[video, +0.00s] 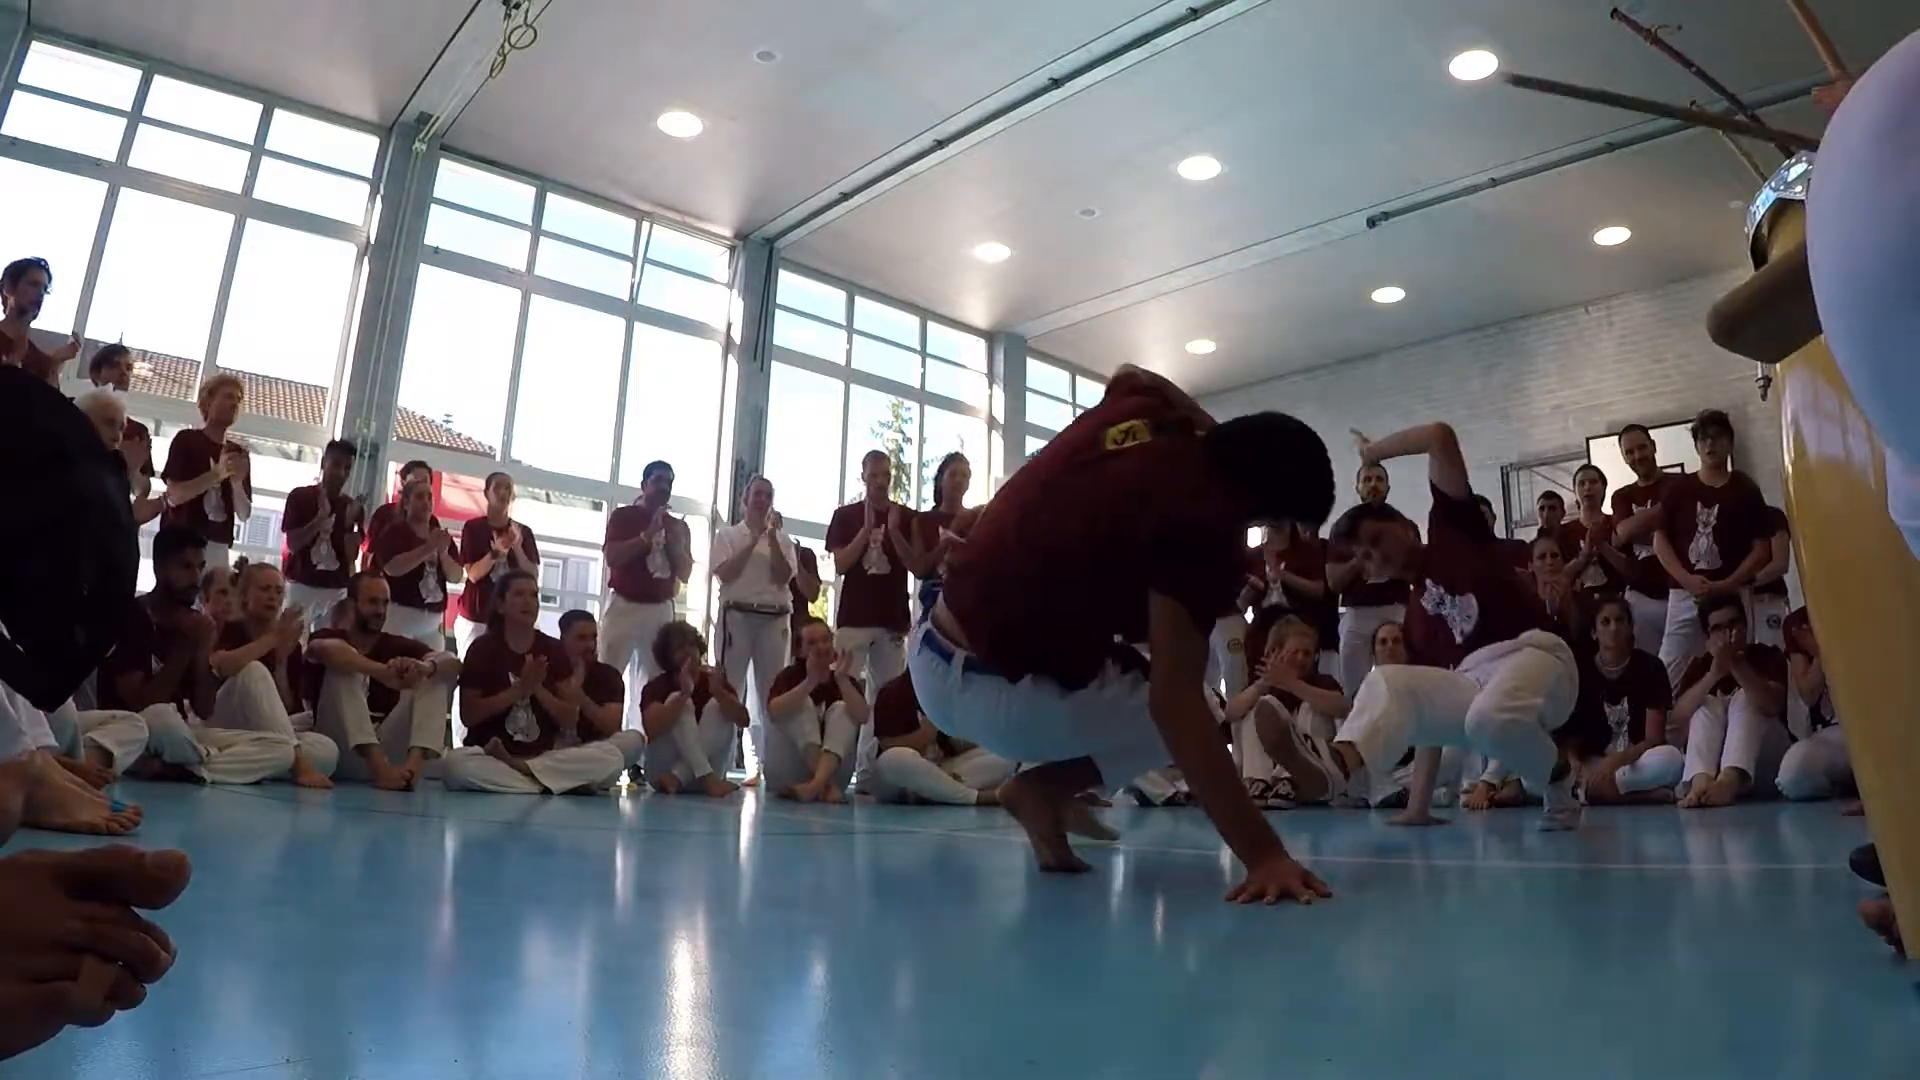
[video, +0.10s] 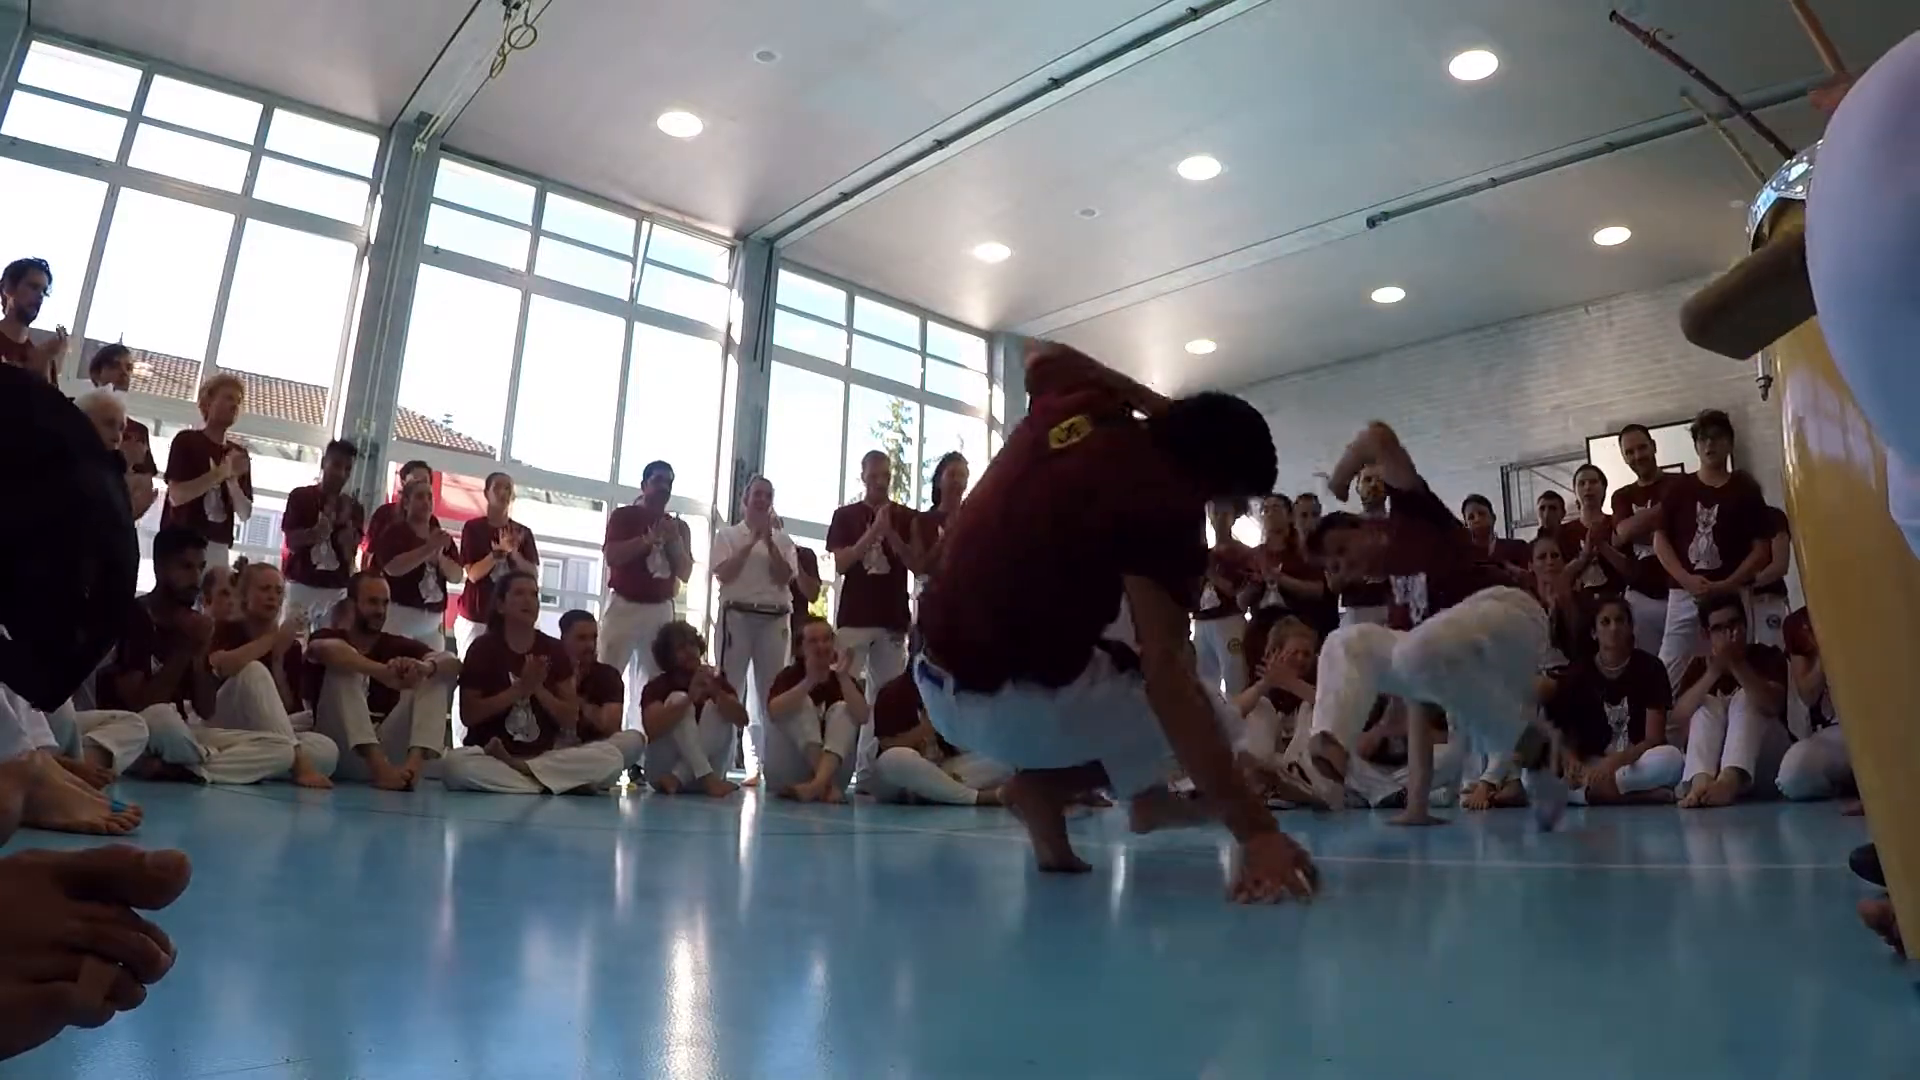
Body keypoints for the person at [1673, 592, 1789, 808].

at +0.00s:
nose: (1728, 635)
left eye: (1734, 625)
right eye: (1718, 629)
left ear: (1745, 625)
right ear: (1708, 635)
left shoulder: (1768, 655)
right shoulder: (1699, 665)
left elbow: (1774, 706)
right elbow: (1679, 716)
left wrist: (1736, 665)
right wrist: (1713, 674)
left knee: (1745, 697)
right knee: (1708, 704)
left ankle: (1730, 778)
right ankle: (1700, 781)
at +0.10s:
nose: (1728, 634)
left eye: (1734, 625)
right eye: (1719, 629)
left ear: (1745, 625)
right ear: (1707, 635)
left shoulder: (1768, 656)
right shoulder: (1699, 665)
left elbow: (1774, 706)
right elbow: (1678, 716)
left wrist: (1737, 664)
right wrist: (1712, 673)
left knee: (1745, 697)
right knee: (1708, 704)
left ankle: (1730, 778)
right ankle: (1700, 781)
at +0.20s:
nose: (1728, 634)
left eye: (1734, 625)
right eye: (1719, 629)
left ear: (1744, 624)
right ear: (1706, 634)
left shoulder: (1768, 656)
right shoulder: (1700, 664)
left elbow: (1774, 706)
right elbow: (1678, 717)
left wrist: (1736, 663)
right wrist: (1709, 673)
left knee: (1746, 697)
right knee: (1708, 704)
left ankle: (1730, 779)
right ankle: (1700, 781)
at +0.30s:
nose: (1729, 633)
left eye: (1734, 624)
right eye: (1719, 629)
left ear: (1744, 625)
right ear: (1707, 635)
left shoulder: (1768, 655)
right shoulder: (1699, 665)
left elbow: (1774, 706)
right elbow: (1679, 716)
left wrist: (1737, 664)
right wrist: (1713, 673)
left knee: (1745, 697)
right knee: (1708, 704)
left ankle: (1730, 778)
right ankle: (1700, 781)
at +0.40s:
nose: (1728, 634)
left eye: (1733, 625)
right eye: (1719, 629)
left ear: (1744, 626)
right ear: (1707, 637)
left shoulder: (1768, 656)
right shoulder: (1699, 665)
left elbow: (1774, 706)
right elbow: (1678, 716)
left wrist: (1737, 664)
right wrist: (1713, 673)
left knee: (1745, 696)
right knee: (1707, 704)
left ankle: (1730, 778)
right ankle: (1700, 781)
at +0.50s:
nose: (1728, 634)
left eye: (1733, 625)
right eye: (1719, 629)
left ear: (1744, 626)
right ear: (1707, 636)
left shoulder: (1768, 656)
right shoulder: (1699, 665)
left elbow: (1774, 706)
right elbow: (1679, 716)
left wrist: (1736, 664)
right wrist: (1711, 673)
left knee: (1745, 696)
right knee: (1707, 705)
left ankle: (1730, 778)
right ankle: (1700, 781)